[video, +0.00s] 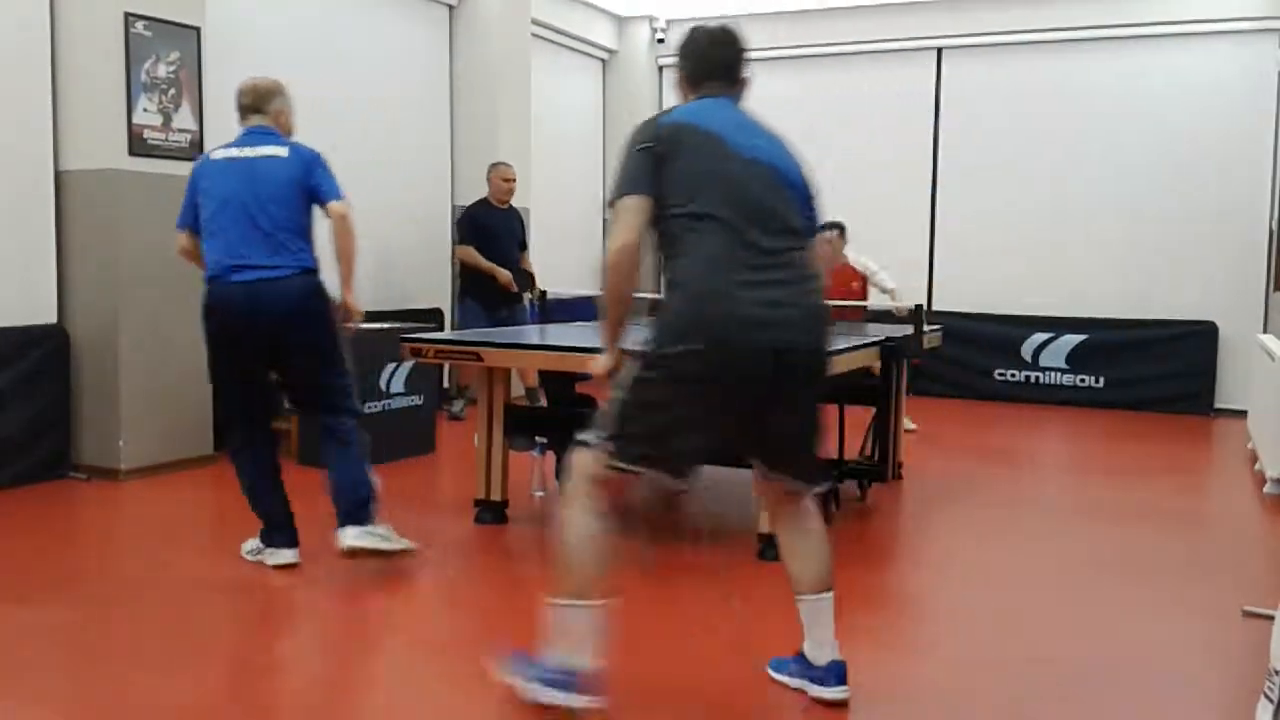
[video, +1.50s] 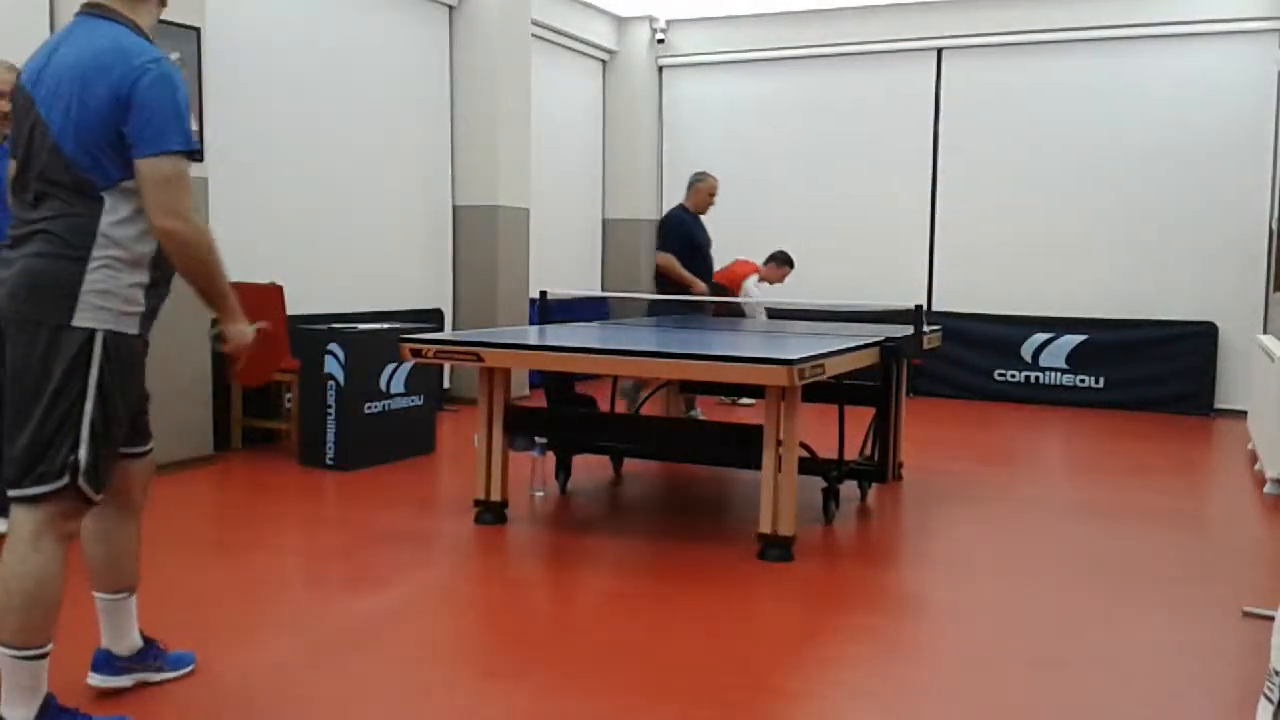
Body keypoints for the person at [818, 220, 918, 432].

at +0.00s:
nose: (828, 246)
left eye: (832, 240)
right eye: (824, 241)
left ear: (843, 242)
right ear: (818, 243)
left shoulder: (858, 265)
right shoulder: (815, 269)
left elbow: (885, 283)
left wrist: (897, 303)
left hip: (857, 330)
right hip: (824, 330)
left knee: (895, 357)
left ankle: (896, 412)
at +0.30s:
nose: (785, 206)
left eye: (791, 202)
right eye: (781, 201)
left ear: (800, 203)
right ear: (776, 200)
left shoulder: (804, 229)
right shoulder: (765, 225)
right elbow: (739, 245)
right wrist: (761, 265)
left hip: (809, 295)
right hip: (778, 298)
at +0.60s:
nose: (748, 215)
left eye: (753, 210)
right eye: (744, 210)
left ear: (758, 207)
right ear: (734, 205)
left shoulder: (766, 227)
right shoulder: (720, 234)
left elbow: (776, 259)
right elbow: (711, 273)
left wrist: (786, 289)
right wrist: (708, 306)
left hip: (765, 296)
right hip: (733, 297)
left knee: (770, 351)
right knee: (731, 352)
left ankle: (775, 408)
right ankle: (733, 406)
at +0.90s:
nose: (747, 245)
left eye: (750, 240)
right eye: (747, 239)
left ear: (736, 232)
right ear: (733, 231)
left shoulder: (738, 251)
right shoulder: (703, 251)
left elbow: (729, 282)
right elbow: (689, 292)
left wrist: (729, 306)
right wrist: (710, 318)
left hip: (723, 308)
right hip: (699, 308)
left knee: (720, 355)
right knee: (695, 353)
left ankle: (708, 399)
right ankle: (682, 400)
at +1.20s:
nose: (761, 248)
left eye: (763, 243)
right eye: (760, 242)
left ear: (747, 234)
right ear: (748, 234)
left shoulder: (735, 249)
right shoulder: (718, 250)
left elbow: (718, 285)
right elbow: (703, 289)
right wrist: (720, 319)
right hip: (692, 297)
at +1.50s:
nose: (782, 281)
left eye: (785, 276)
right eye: (783, 275)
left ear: (771, 265)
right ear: (774, 266)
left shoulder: (744, 265)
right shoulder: (749, 280)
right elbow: (757, 314)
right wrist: (767, 331)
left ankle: (730, 390)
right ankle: (733, 391)